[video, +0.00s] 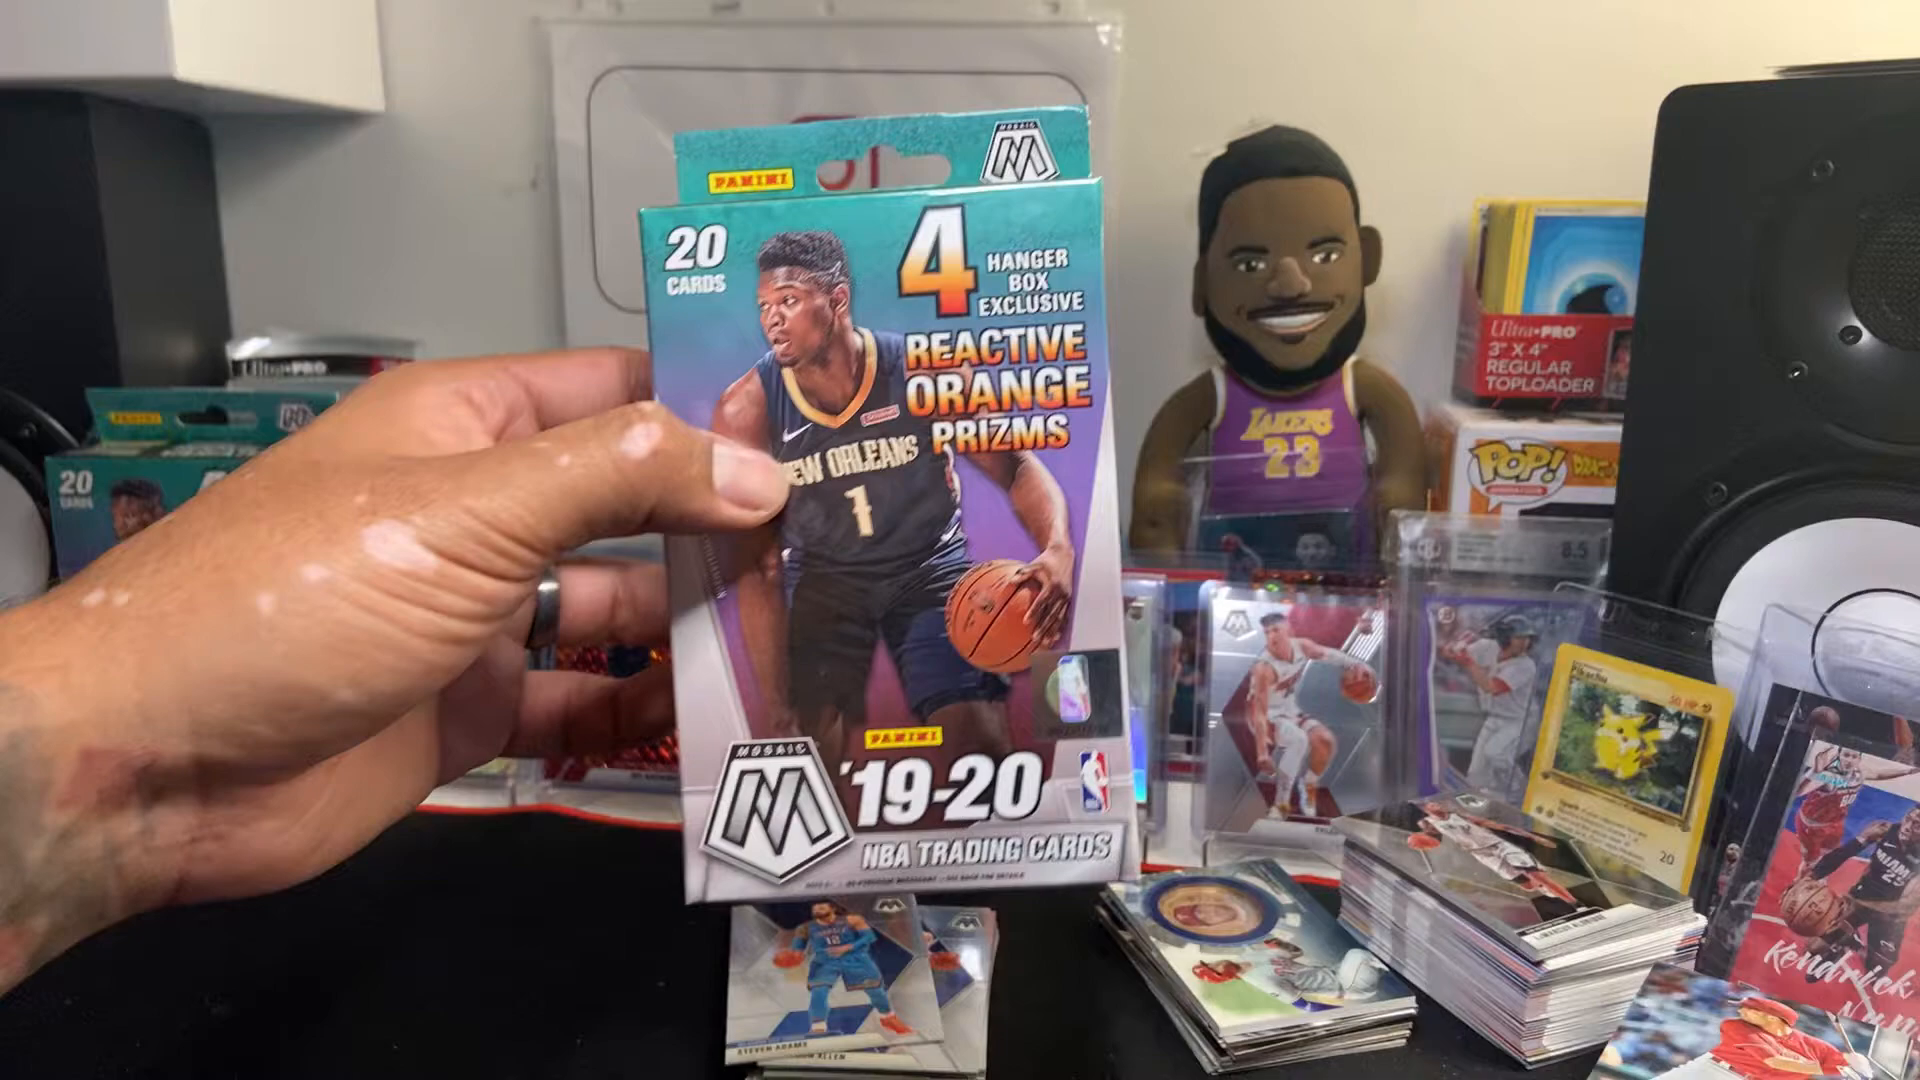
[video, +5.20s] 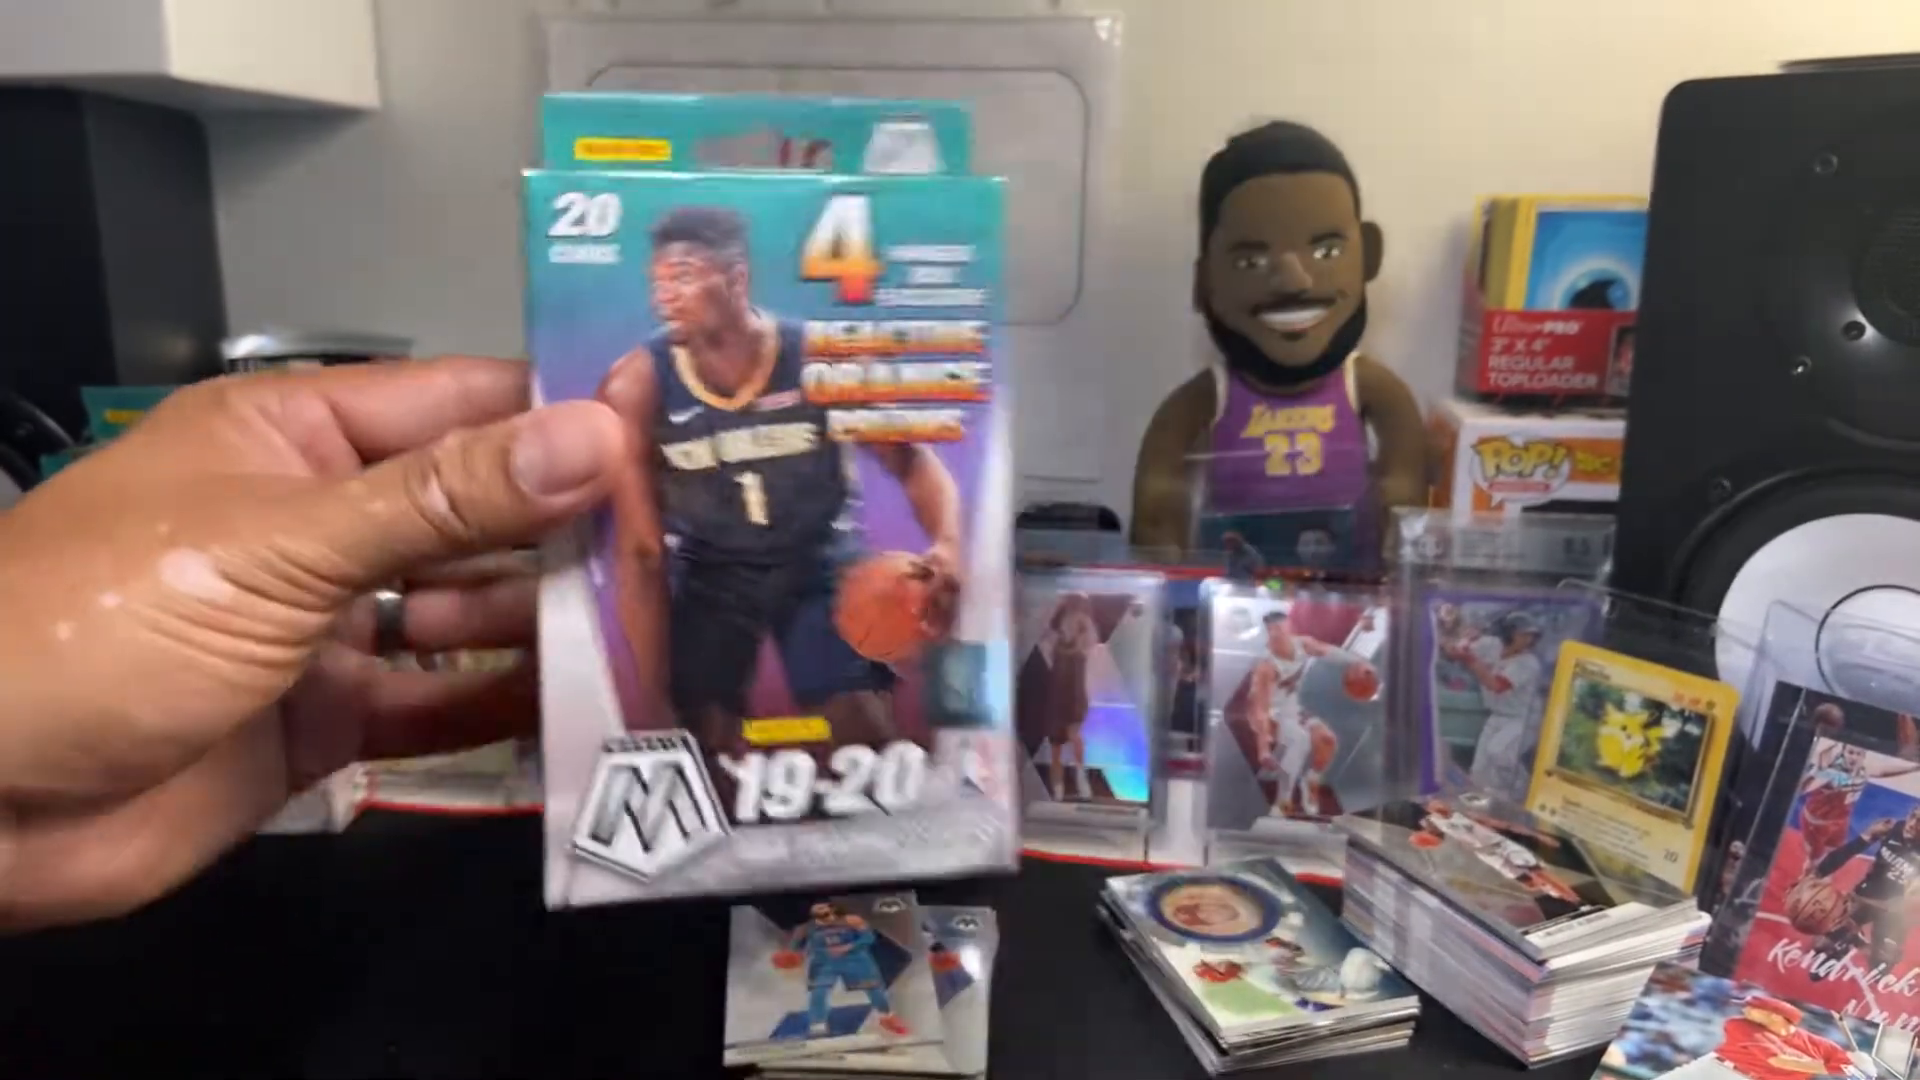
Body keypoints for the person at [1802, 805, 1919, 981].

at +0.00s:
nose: (1908, 827)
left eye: (1916, 825)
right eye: (1908, 820)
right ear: (1903, 817)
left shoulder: (1917, 861)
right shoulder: (1882, 831)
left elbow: (1906, 907)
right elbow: (1843, 853)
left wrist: (1857, 905)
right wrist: (1813, 875)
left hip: (1890, 915)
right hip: (1860, 900)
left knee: (1876, 972)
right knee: (1814, 947)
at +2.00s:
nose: (1912, 824)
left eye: (1918, 822)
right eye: (1912, 817)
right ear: (1907, 815)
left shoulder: (1917, 857)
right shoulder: (1887, 829)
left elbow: (1909, 904)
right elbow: (1847, 850)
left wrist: (1862, 903)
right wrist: (1815, 873)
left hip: (1894, 913)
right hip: (1863, 897)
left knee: (1878, 971)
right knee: (1818, 947)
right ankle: (1844, 945)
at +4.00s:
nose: (1910, 823)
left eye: (1917, 821)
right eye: (1910, 816)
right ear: (1905, 815)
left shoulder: (1917, 857)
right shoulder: (1887, 828)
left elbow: (1908, 904)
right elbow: (1846, 849)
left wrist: (1859, 902)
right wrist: (1814, 872)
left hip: (1894, 907)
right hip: (1865, 893)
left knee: (1878, 966)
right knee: (1819, 944)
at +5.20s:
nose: (1913, 824)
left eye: (1919, 822)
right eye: (1913, 817)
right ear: (1908, 815)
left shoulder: (1917, 856)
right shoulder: (1892, 829)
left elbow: (1905, 904)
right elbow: (1851, 850)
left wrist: (1862, 903)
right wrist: (1817, 873)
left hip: (1893, 906)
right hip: (1866, 894)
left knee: (1881, 968)